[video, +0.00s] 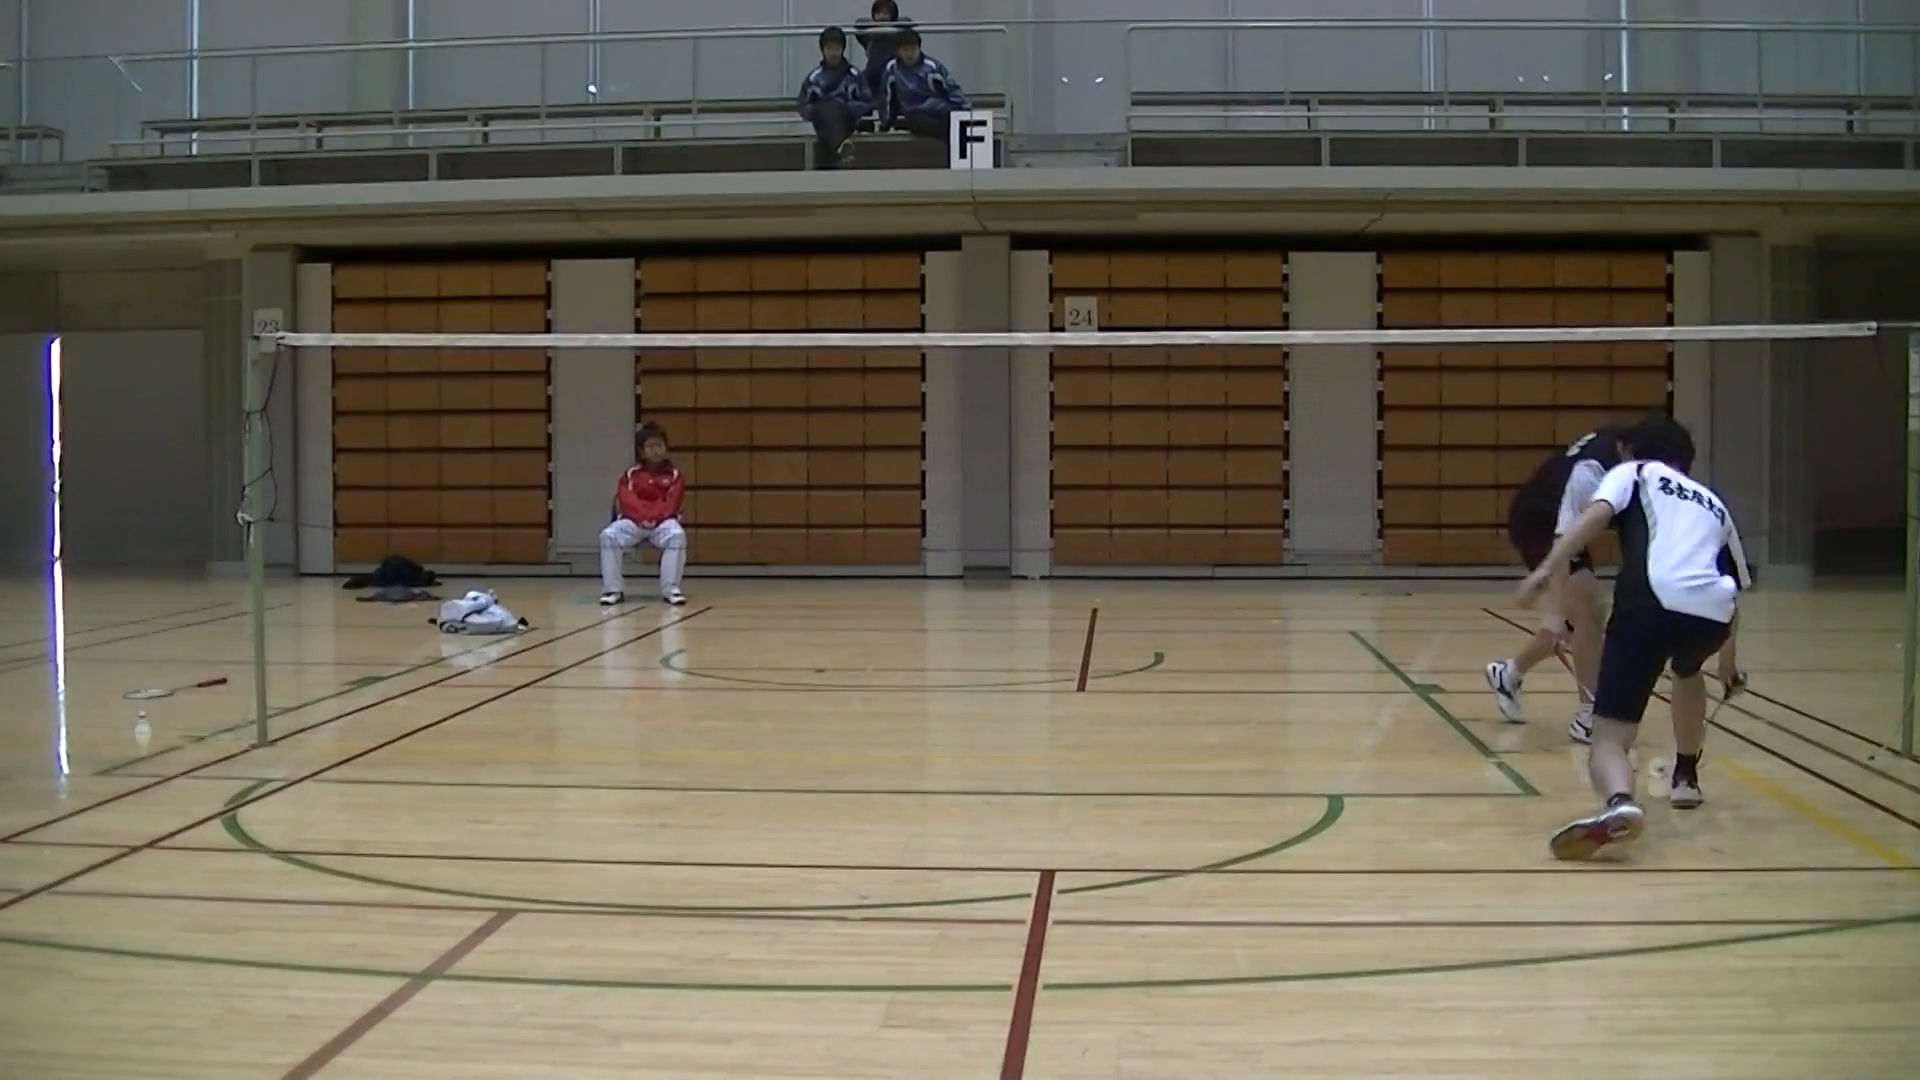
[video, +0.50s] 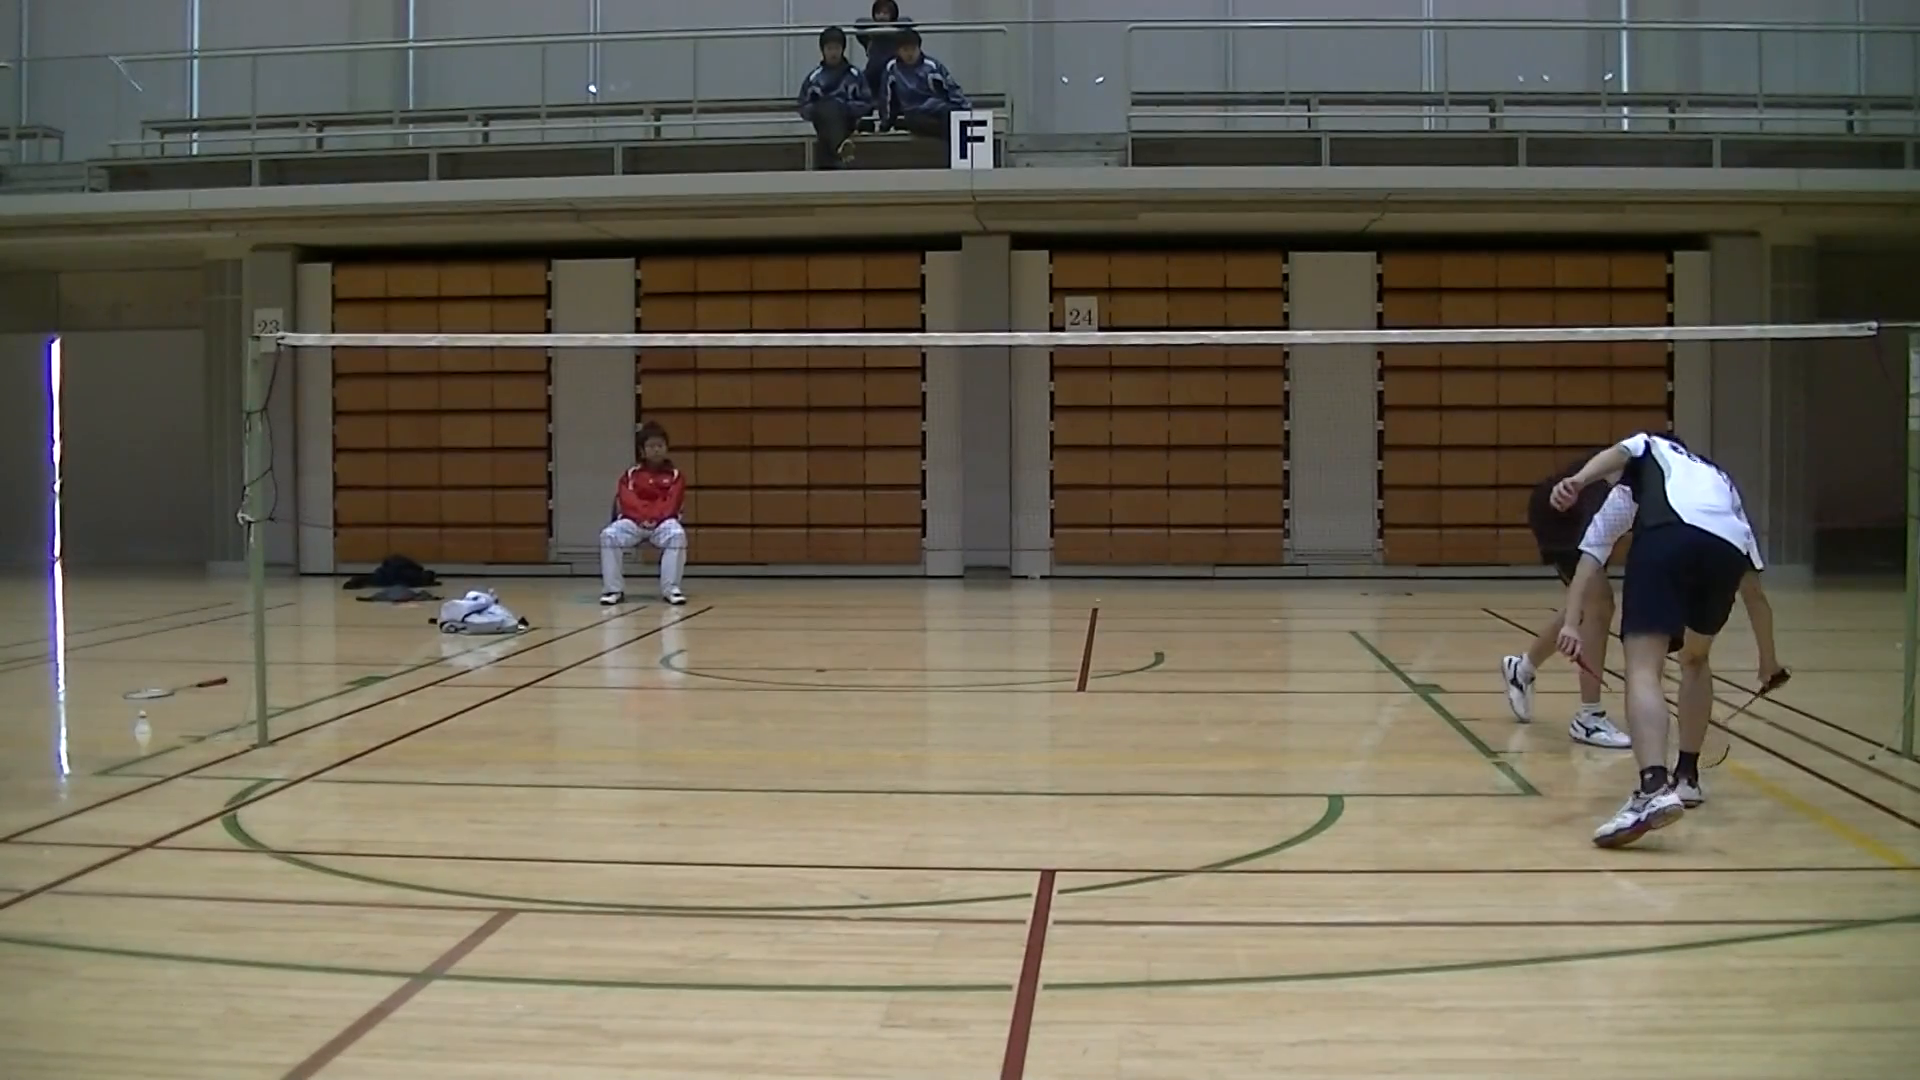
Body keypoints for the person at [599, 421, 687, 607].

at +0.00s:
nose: (656, 450)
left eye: (659, 445)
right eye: (650, 446)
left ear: (666, 448)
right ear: (641, 451)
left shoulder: (674, 475)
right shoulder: (631, 474)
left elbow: (672, 504)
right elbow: (626, 501)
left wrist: (655, 518)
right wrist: (642, 517)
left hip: (662, 521)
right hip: (634, 521)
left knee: (677, 536)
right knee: (608, 536)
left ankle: (671, 588)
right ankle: (613, 591)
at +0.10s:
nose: (655, 450)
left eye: (659, 445)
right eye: (650, 446)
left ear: (666, 448)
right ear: (641, 450)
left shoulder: (674, 475)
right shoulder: (631, 474)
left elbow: (672, 504)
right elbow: (626, 500)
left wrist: (655, 518)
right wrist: (642, 517)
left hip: (662, 521)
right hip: (634, 521)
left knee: (677, 536)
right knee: (609, 536)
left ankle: (671, 588)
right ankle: (613, 590)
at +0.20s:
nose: (656, 450)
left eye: (660, 445)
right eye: (650, 446)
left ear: (666, 448)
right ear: (641, 450)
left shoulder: (674, 475)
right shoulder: (631, 474)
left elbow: (672, 504)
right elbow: (626, 500)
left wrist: (654, 518)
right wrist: (642, 516)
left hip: (662, 521)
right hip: (633, 520)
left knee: (677, 535)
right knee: (609, 535)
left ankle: (671, 588)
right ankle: (613, 590)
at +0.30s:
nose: (656, 450)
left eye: (660, 445)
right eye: (650, 446)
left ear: (666, 448)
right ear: (641, 450)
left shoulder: (675, 475)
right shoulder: (631, 474)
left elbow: (672, 504)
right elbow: (626, 501)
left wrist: (654, 518)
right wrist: (642, 517)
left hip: (662, 521)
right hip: (633, 520)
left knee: (677, 536)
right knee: (609, 536)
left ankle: (671, 588)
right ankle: (613, 590)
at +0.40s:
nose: (656, 450)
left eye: (660, 445)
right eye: (650, 446)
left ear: (666, 448)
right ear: (642, 450)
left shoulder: (675, 476)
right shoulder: (631, 474)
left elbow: (671, 505)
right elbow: (626, 501)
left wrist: (654, 518)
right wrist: (643, 517)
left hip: (662, 521)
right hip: (633, 521)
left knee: (677, 536)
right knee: (609, 536)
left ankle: (671, 588)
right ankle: (613, 590)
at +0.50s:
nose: (656, 450)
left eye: (660, 445)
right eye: (651, 446)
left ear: (666, 448)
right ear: (642, 450)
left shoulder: (675, 476)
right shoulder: (631, 474)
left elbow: (672, 504)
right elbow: (626, 500)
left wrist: (654, 518)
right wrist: (642, 517)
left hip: (662, 521)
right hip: (633, 521)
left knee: (677, 536)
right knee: (609, 536)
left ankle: (671, 588)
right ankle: (614, 590)